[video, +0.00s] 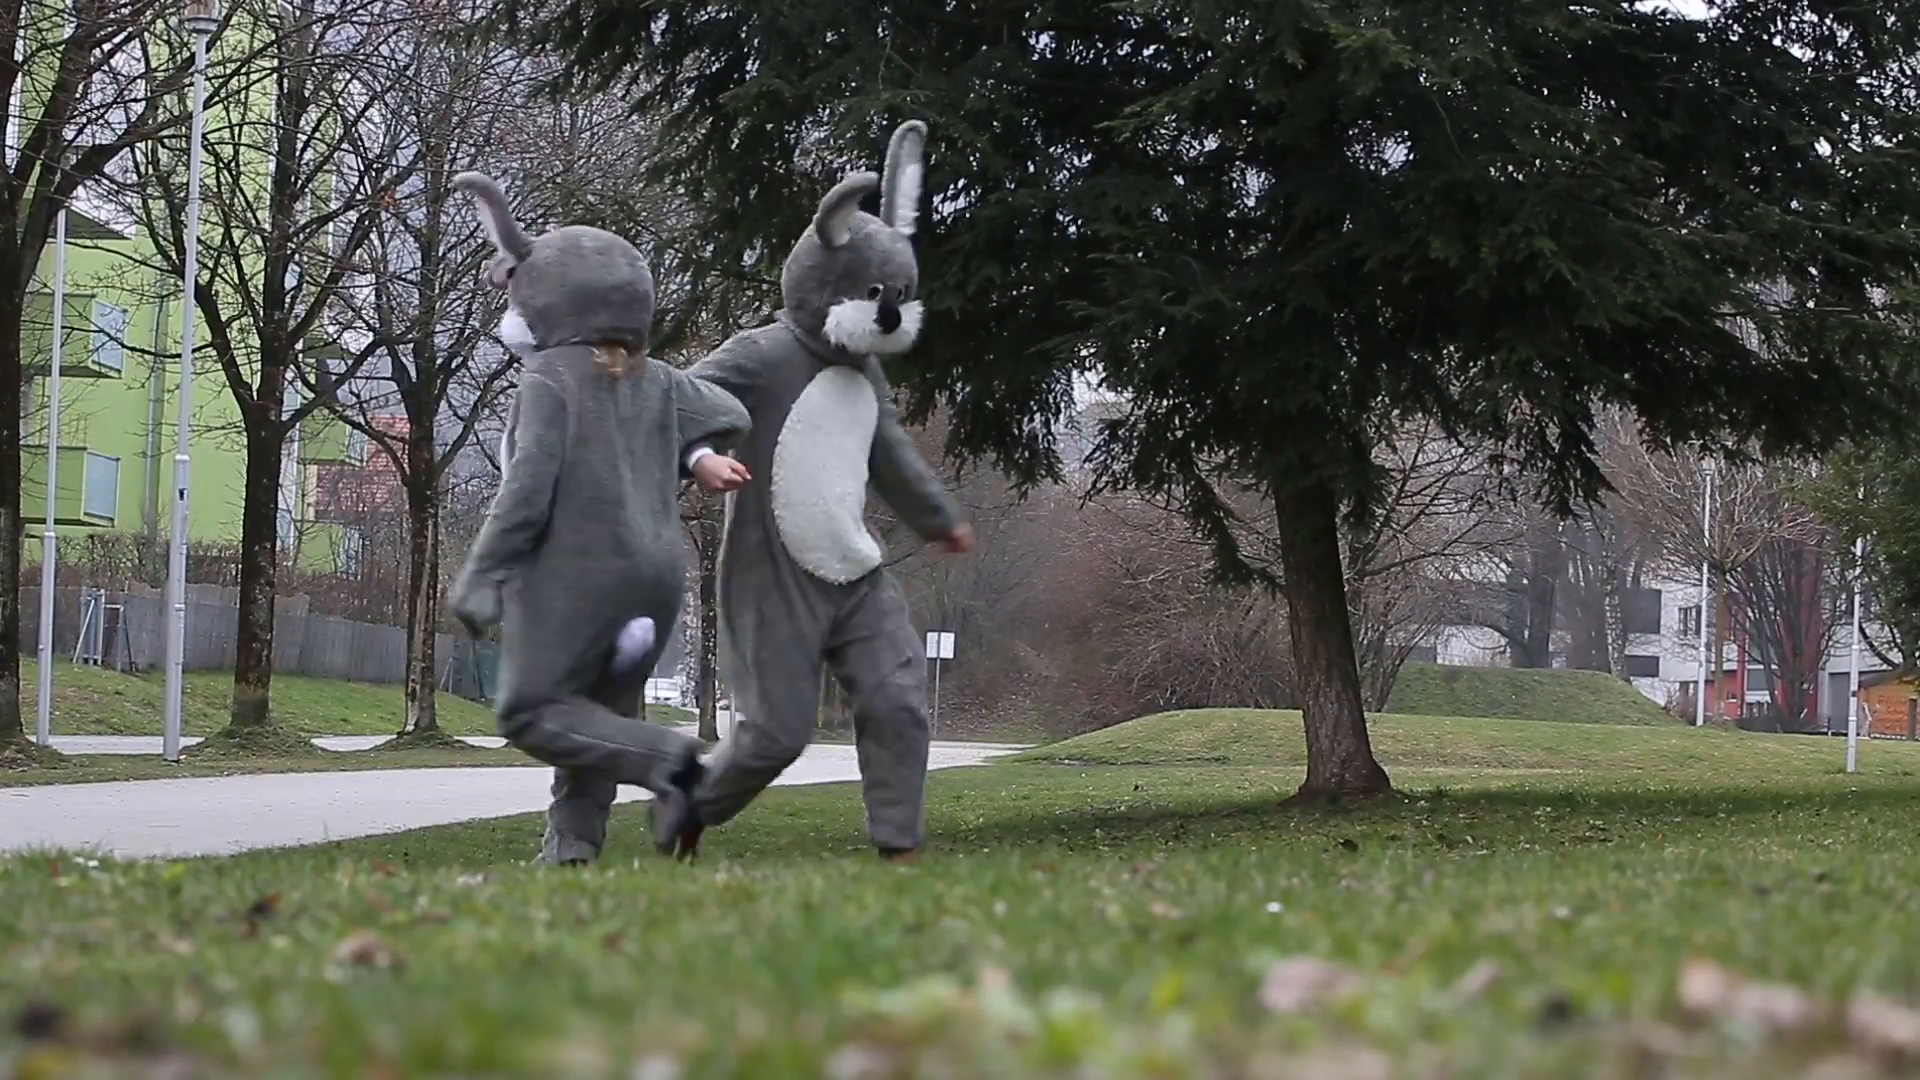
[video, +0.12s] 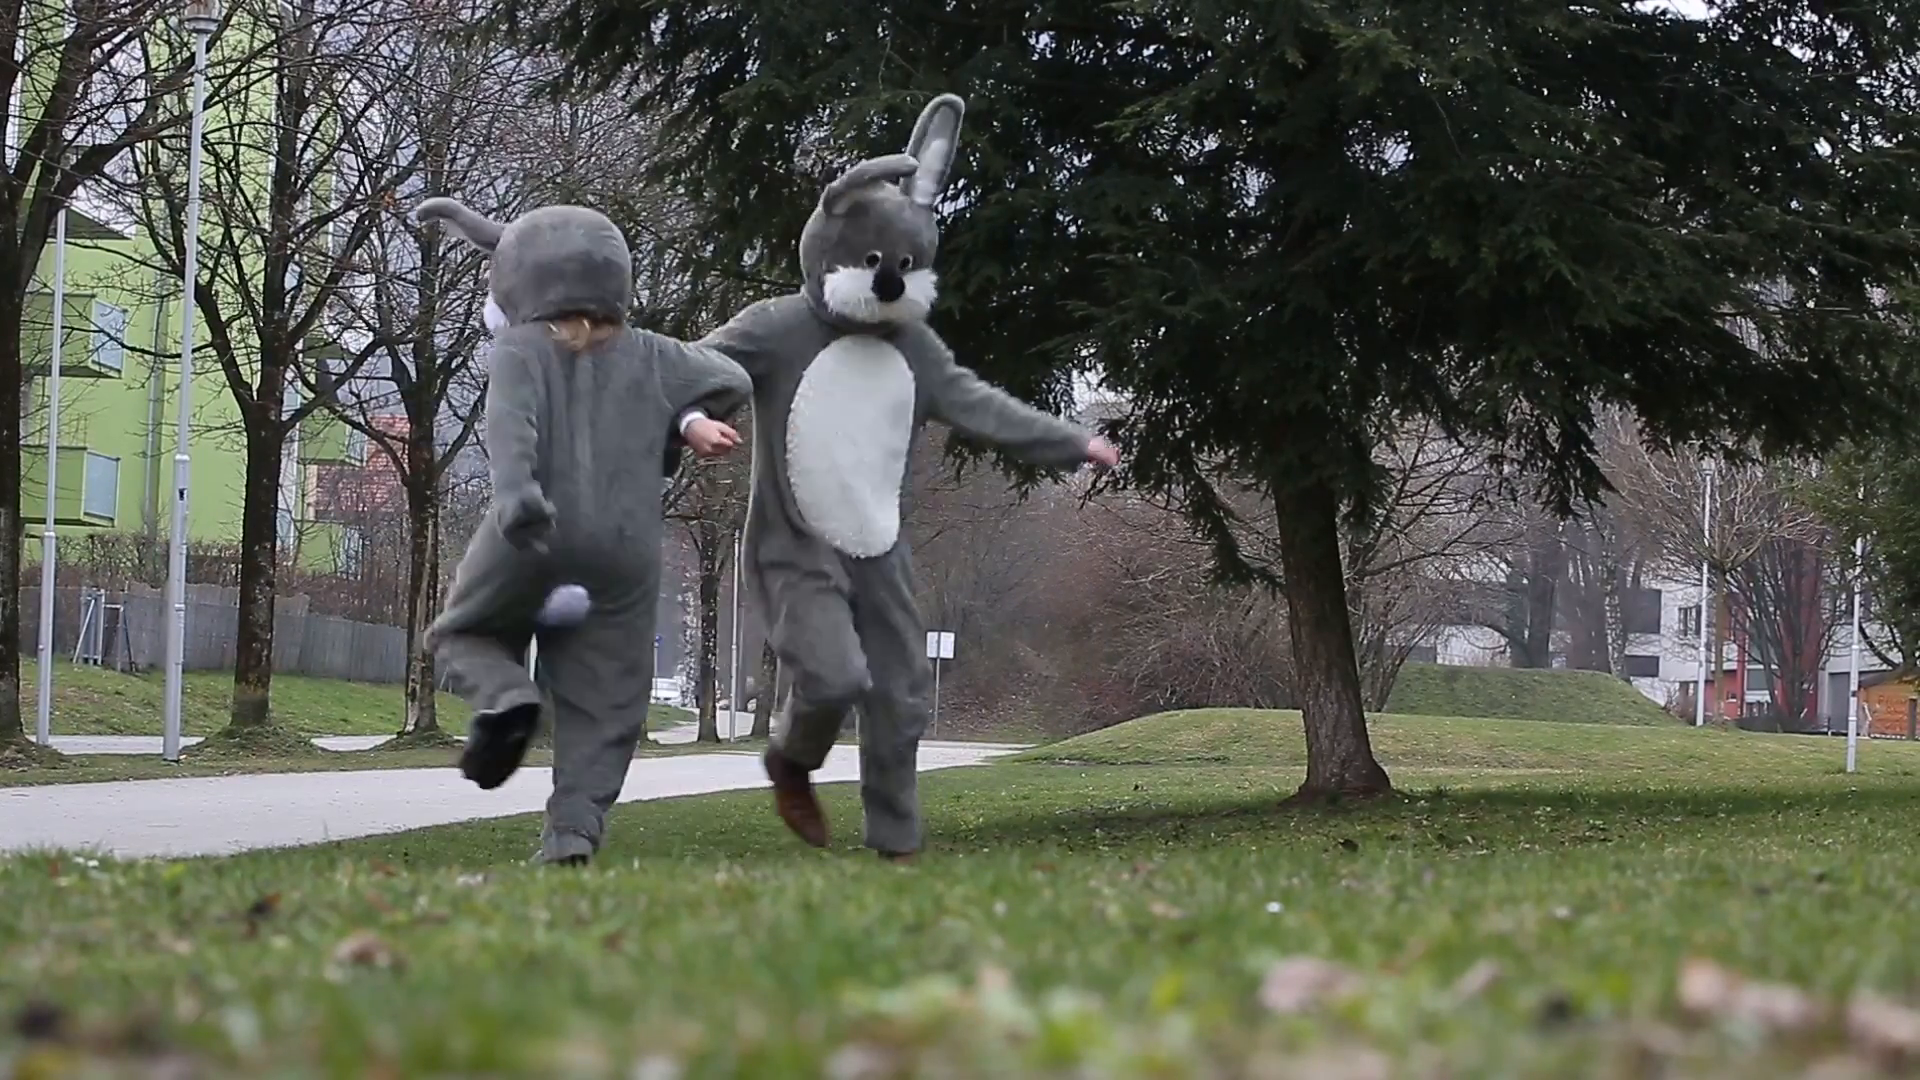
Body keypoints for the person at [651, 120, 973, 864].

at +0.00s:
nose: (880, 320)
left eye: (888, 306)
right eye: (869, 303)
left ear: (884, 306)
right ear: (825, 294)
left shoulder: (864, 380)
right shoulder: (762, 354)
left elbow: (893, 457)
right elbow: (670, 403)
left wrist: (940, 517)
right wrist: (694, 454)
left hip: (857, 572)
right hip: (771, 576)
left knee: (898, 703)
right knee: (776, 735)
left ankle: (898, 845)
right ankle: (685, 814)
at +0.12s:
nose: (895, 286)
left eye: (907, 271)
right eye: (880, 267)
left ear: (914, 269)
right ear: (838, 261)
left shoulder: (914, 345)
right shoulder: (772, 327)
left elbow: (979, 404)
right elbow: (681, 374)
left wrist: (1072, 441)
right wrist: (687, 419)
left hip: (879, 549)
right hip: (793, 545)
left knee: (900, 695)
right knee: (834, 680)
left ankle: (895, 839)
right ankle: (790, 767)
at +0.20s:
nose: (877, 253)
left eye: (893, 237)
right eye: (861, 236)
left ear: (912, 236)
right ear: (823, 234)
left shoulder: (929, 316)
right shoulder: (777, 305)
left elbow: (1001, 372)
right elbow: (694, 359)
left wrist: (1093, 406)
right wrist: (674, 401)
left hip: (889, 526)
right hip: (797, 517)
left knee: (894, 671)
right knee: (838, 649)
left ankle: (892, 817)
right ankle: (848, 777)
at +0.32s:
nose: (843, 250)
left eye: (863, 232)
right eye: (823, 235)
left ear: (892, 230)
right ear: (797, 236)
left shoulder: (925, 306)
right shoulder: (767, 307)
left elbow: (1000, 370)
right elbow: (697, 367)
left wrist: (1072, 423)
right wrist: (660, 407)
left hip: (904, 526)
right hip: (806, 523)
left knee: (904, 672)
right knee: (824, 655)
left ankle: (910, 820)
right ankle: (852, 805)